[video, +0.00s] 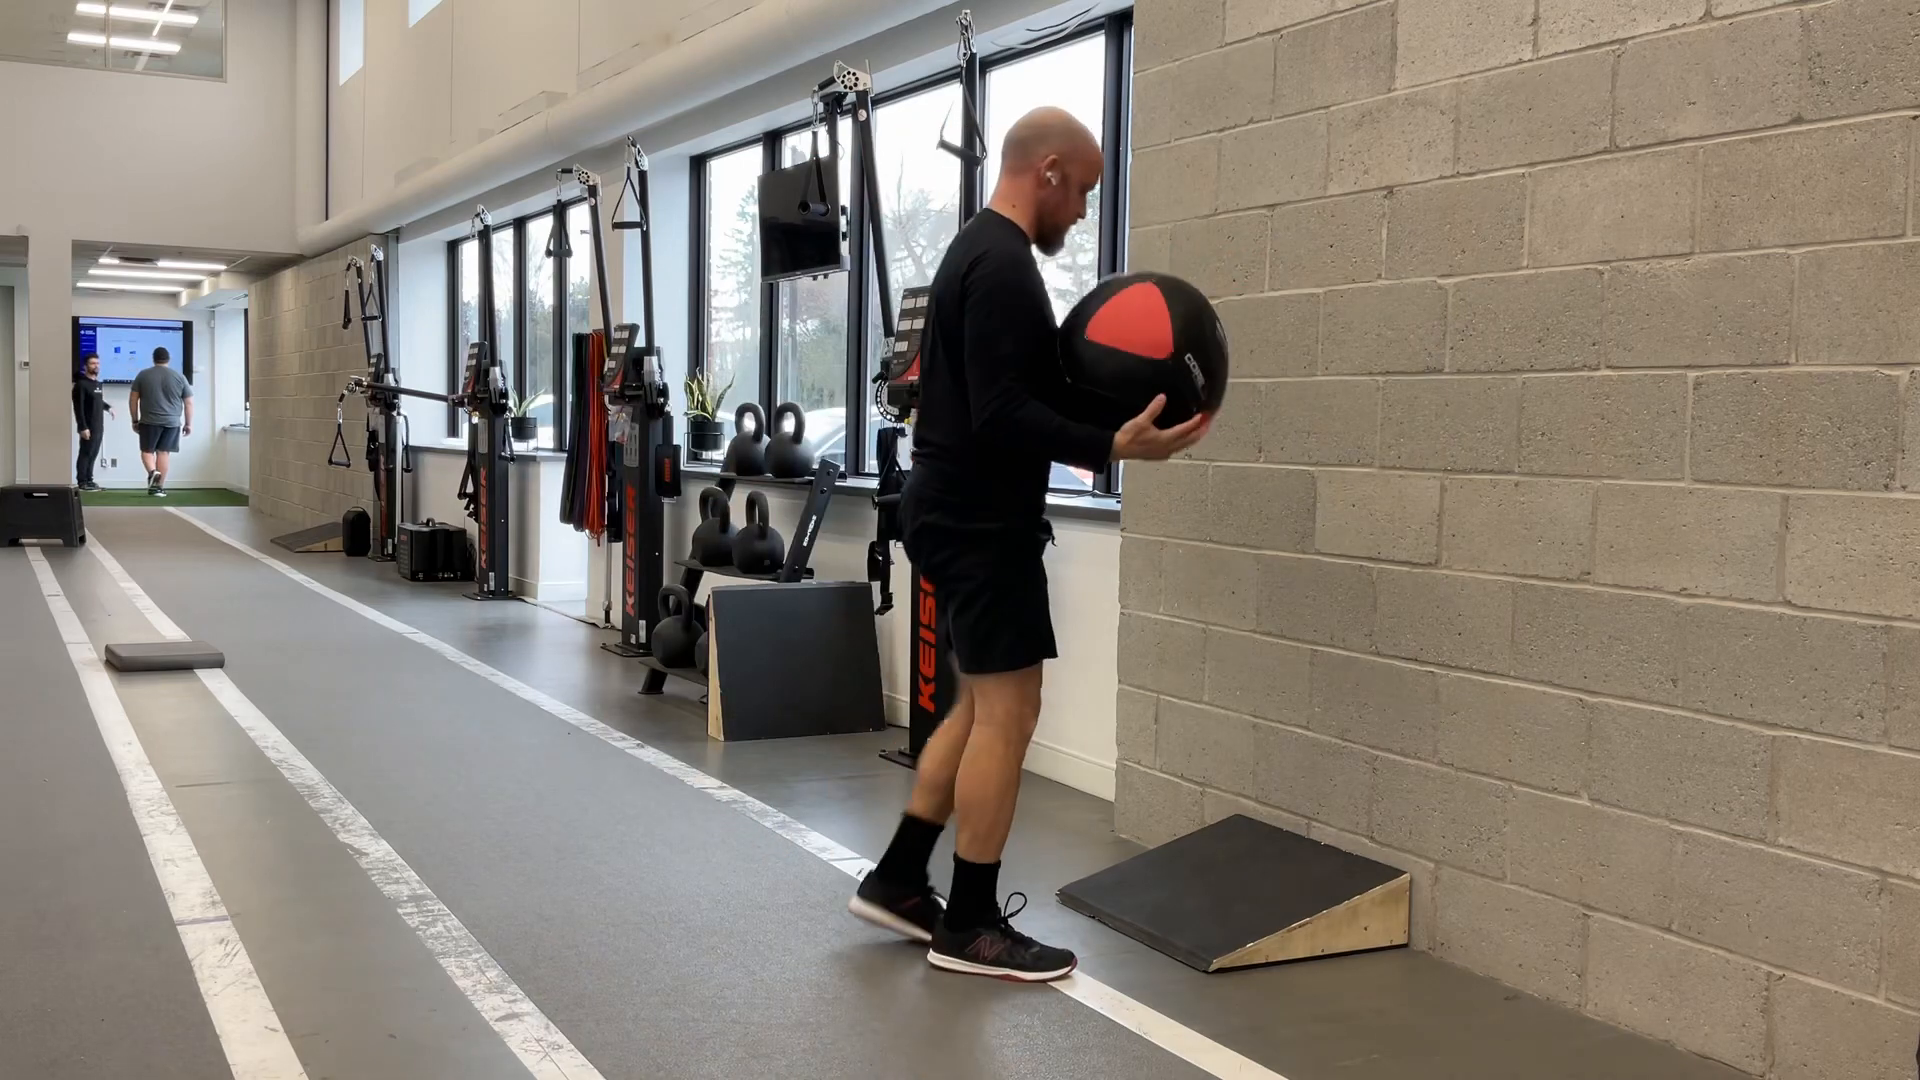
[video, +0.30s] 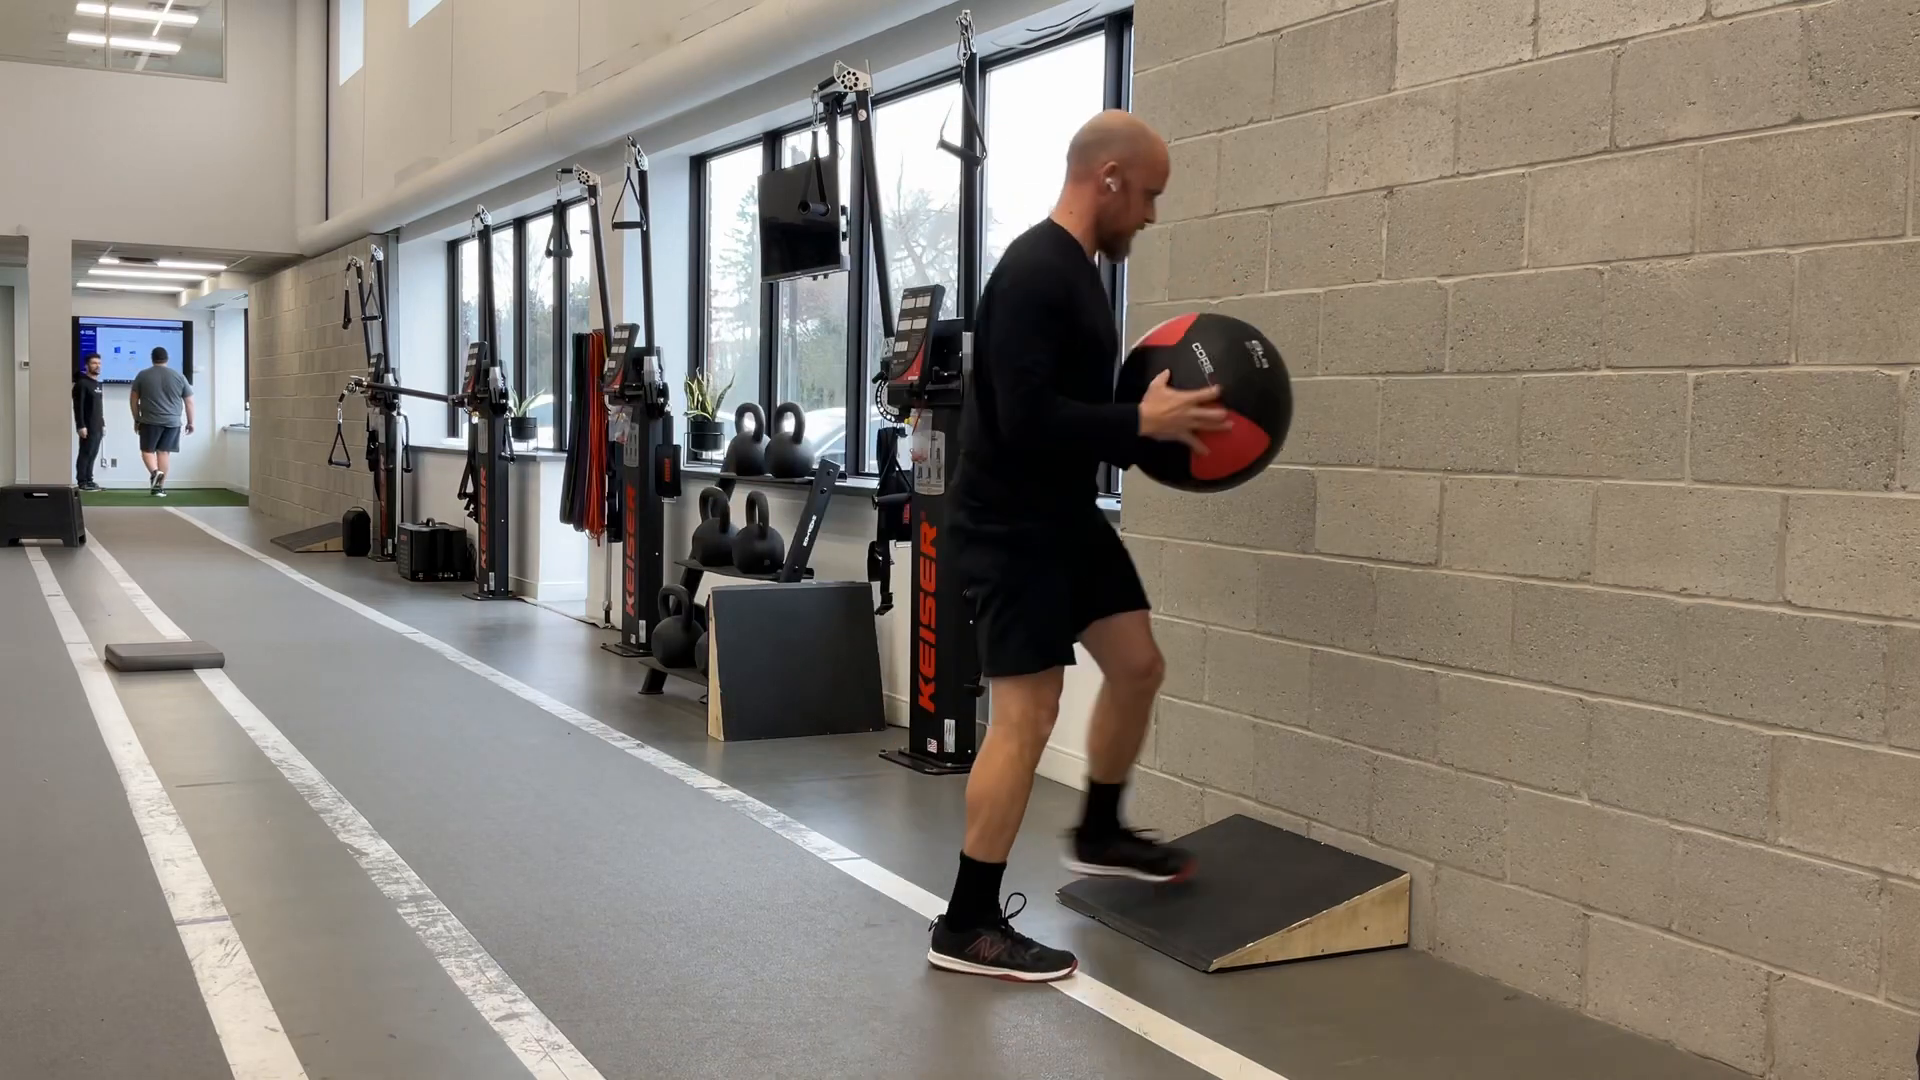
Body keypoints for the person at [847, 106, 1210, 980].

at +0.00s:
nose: (1081, 211)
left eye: (1087, 195)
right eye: (1081, 192)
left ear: (1028, 171)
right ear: (1044, 176)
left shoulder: (981, 252)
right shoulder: (999, 263)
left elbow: (1030, 388)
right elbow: (1007, 411)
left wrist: (1126, 408)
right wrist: (1112, 446)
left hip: (958, 514)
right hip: (983, 521)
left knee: (979, 705)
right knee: (1007, 713)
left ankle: (897, 878)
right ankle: (970, 925)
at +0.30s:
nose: (1151, 216)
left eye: (1155, 199)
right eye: (1149, 197)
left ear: (1102, 181)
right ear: (1106, 182)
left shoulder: (1077, 271)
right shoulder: (1037, 272)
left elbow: (1068, 408)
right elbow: (1031, 423)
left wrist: (1142, 396)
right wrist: (1137, 420)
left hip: (1067, 516)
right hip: (1009, 526)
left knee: (1136, 667)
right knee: (1025, 714)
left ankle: (1100, 831)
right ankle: (969, 920)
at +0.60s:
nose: (1234, 247)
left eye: (1242, 231)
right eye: (1228, 229)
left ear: (1195, 214)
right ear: (1179, 208)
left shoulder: (1181, 291)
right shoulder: (1108, 286)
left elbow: (1173, 407)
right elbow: (1132, 410)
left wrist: (1256, 443)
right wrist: (1212, 392)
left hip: (1139, 500)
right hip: (1065, 502)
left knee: (1179, 663)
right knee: (1131, 671)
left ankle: (1152, 842)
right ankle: (1042, 866)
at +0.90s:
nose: (1264, 311)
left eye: (1278, 299)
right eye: (1259, 292)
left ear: (1286, 280)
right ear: (1222, 254)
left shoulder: (1229, 325)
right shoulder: (1152, 312)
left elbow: (1225, 437)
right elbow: (1160, 441)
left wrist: (1279, 482)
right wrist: (1232, 420)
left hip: (1166, 507)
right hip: (1093, 507)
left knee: (1198, 674)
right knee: (1149, 685)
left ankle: (1153, 839)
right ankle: (1098, 874)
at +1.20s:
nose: (1257, 343)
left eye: (1269, 332)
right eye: (1253, 326)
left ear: (1277, 307)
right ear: (1218, 283)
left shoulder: (1229, 333)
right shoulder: (1151, 323)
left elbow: (1223, 442)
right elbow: (1166, 449)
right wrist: (1235, 424)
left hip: (1164, 511)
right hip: (1088, 513)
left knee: (1192, 681)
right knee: (1146, 690)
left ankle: (1151, 839)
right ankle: (1100, 875)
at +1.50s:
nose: (1256, 380)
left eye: (1266, 368)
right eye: (1253, 365)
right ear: (1213, 334)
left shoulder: (1205, 363)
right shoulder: (1155, 365)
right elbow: (1193, 502)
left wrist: (1230, 439)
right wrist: (1235, 444)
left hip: (1114, 538)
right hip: (1035, 538)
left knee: (1200, 691)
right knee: (1097, 702)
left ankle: (1152, 842)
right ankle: (1039, 873)